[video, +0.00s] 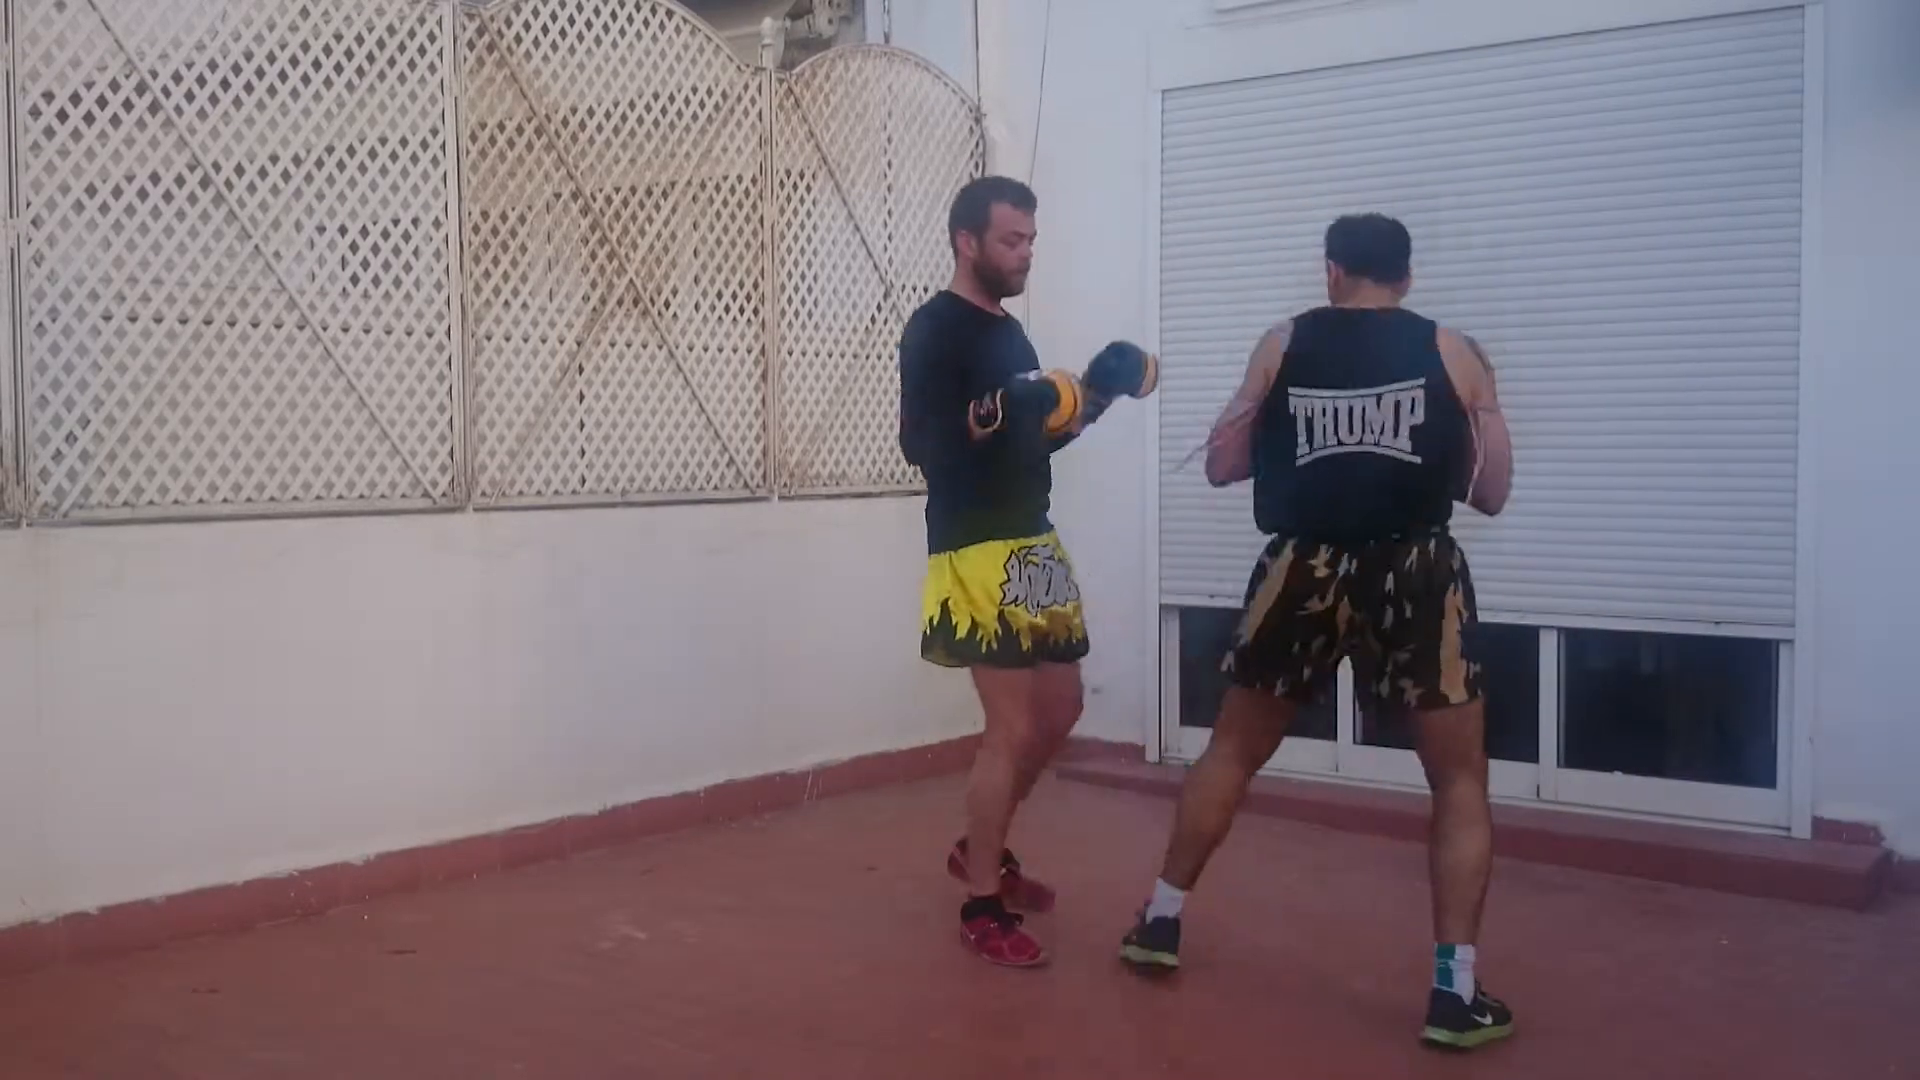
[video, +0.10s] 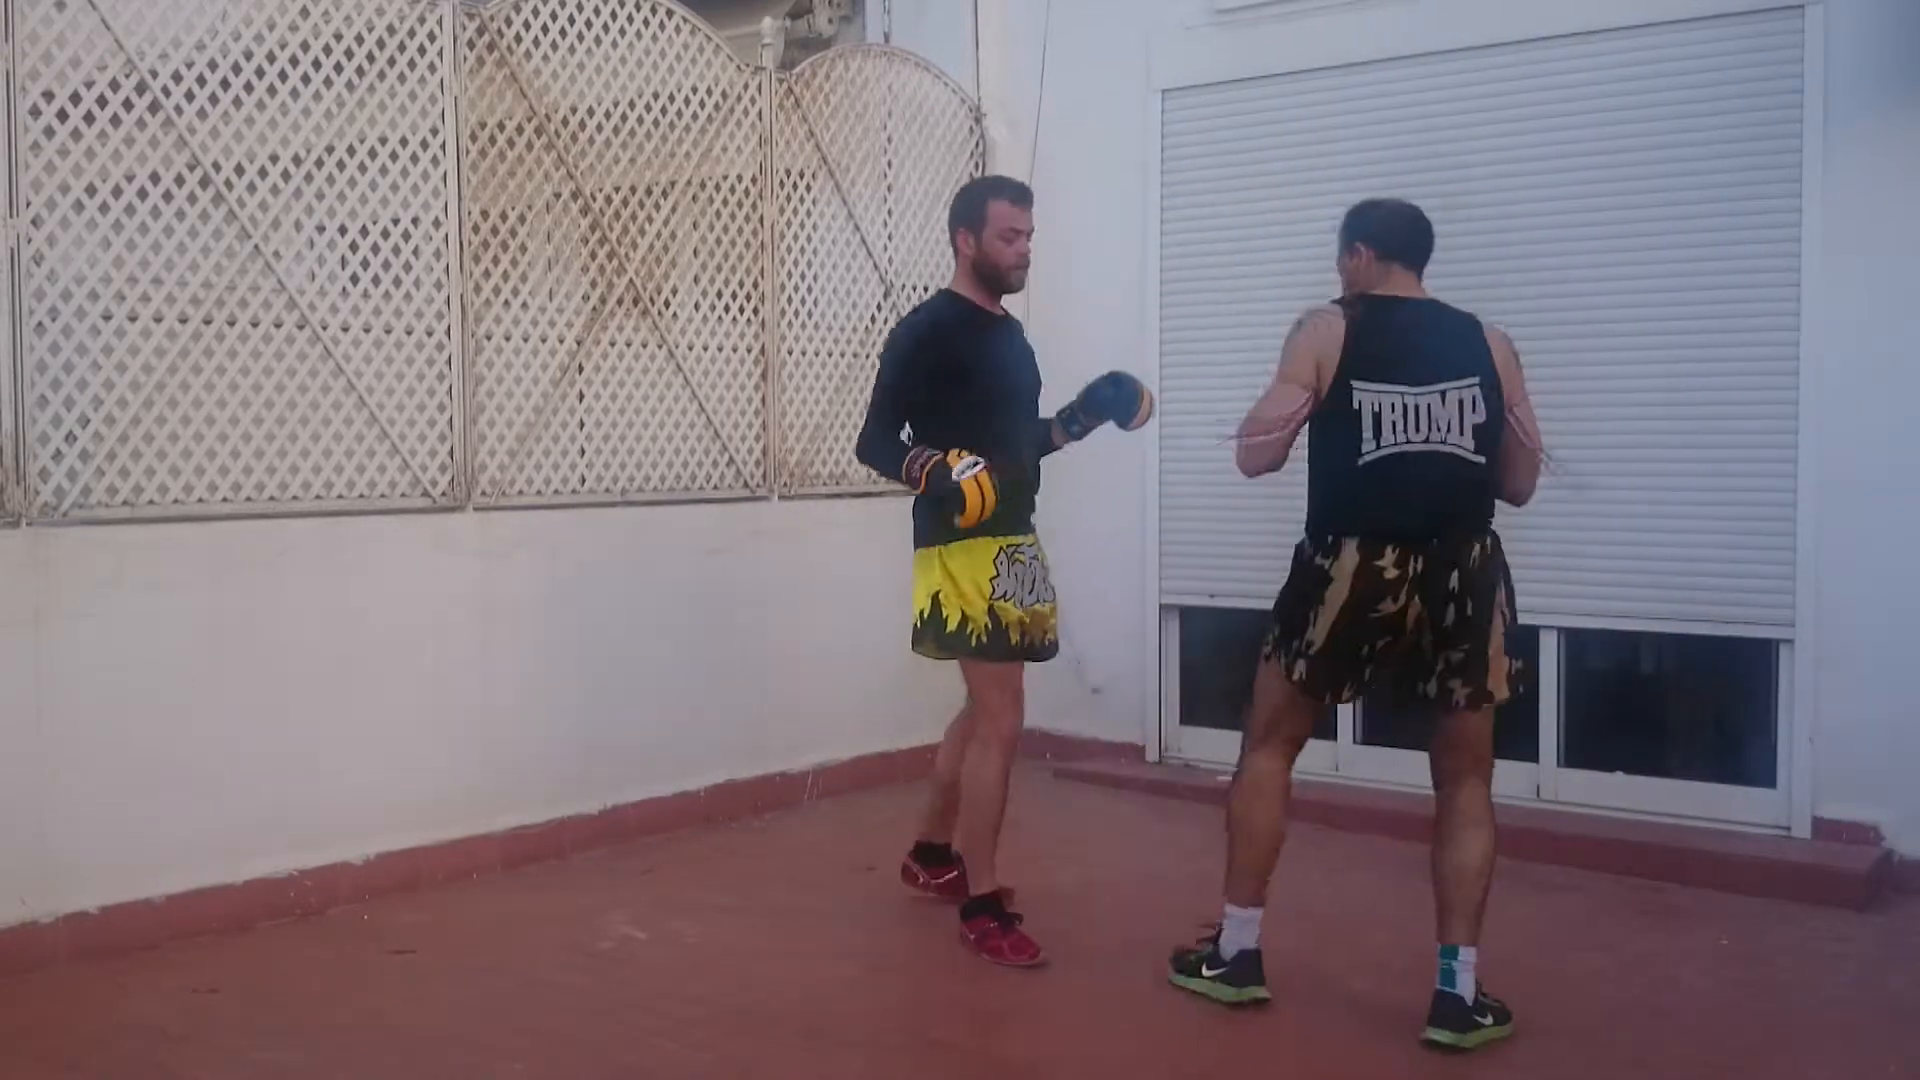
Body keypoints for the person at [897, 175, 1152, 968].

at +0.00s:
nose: (1026, 253)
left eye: (1030, 240)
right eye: (1012, 239)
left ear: (1022, 244)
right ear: (965, 241)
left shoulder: (1010, 330)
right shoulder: (933, 329)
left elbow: (1034, 437)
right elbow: (924, 448)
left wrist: (1095, 395)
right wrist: (1005, 416)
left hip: (1032, 541)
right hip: (978, 551)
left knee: (1056, 711)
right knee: (1009, 727)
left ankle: (983, 847)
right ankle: (982, 904)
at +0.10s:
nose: (1024, 248)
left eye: (1028, 236)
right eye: (1010, 236)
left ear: (1022, 243)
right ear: (964, 240)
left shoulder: (1008, 335)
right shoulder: (926, 329)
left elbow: (1016, 447)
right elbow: (874, 440)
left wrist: (1086, 412)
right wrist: (935, 470)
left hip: (1012, 542)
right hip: (965, 549)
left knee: (983, 711)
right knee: (999, 721)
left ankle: (932, 850)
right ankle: (984, 902)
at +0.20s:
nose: (1019, 255)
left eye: (1023, 243)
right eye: (1005, 242)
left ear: (1018, 249)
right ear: (960, 246)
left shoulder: (1010, 335)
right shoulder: (913, 331)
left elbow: (1005, 444)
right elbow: (856, 431)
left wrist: (1073, 428)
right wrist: (898, 479)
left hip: (987, 545)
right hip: (942, 548)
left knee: (939, 713)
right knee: (984, 719)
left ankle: (922, 864)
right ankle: (975, 900)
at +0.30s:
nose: (1006, 257)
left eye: (1013, 245)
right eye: (993, 243)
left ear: (1012, 249)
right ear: (950, 244)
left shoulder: (1003, 332)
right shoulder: (901, 328)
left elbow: (1009, 438)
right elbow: (841, 428)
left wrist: (1071, 429)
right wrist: (882, 468)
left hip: (974, 538)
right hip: (921, 539)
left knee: (924, 711)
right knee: (961, 705)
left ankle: (926, 865)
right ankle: (921, 876)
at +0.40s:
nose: (991, 259)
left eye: (998, 247)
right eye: (979, 244)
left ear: (999, 248)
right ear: (936, 240)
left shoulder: (988, 330)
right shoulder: (885, 325)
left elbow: (1004, 432)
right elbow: (831, 431)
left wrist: (1072, 411)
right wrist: (877, 454)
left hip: (967, 535)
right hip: (902, 537)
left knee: (940, 709)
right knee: (929, 707)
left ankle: (924, 867)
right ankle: (859, 859)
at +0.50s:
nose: (973, 263)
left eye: (980, 250)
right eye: (961, 248)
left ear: (981, 250)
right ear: (919, 242)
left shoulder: (969, 331)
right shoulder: (869, 325)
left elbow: (992, 431)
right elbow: (824, 437)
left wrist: (1062, 396)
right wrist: (902, 434)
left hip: (957, 535)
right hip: (885, 539)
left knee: (969, 698)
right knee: (880, 709)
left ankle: (928, 862)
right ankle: (832, 865)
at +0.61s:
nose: (954, 271)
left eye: (962, 260)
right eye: (943, 256)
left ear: (965, 260)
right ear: (901, 250)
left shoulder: (952, 338)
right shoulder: (852, 335)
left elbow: (971, 446)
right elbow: (822, 451)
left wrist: (1037, 413)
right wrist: (897, 441)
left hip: (939, 545)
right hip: (862, 549)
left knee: (1018, 688)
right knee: (858, 720)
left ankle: (953, 834)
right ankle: (831, 873)